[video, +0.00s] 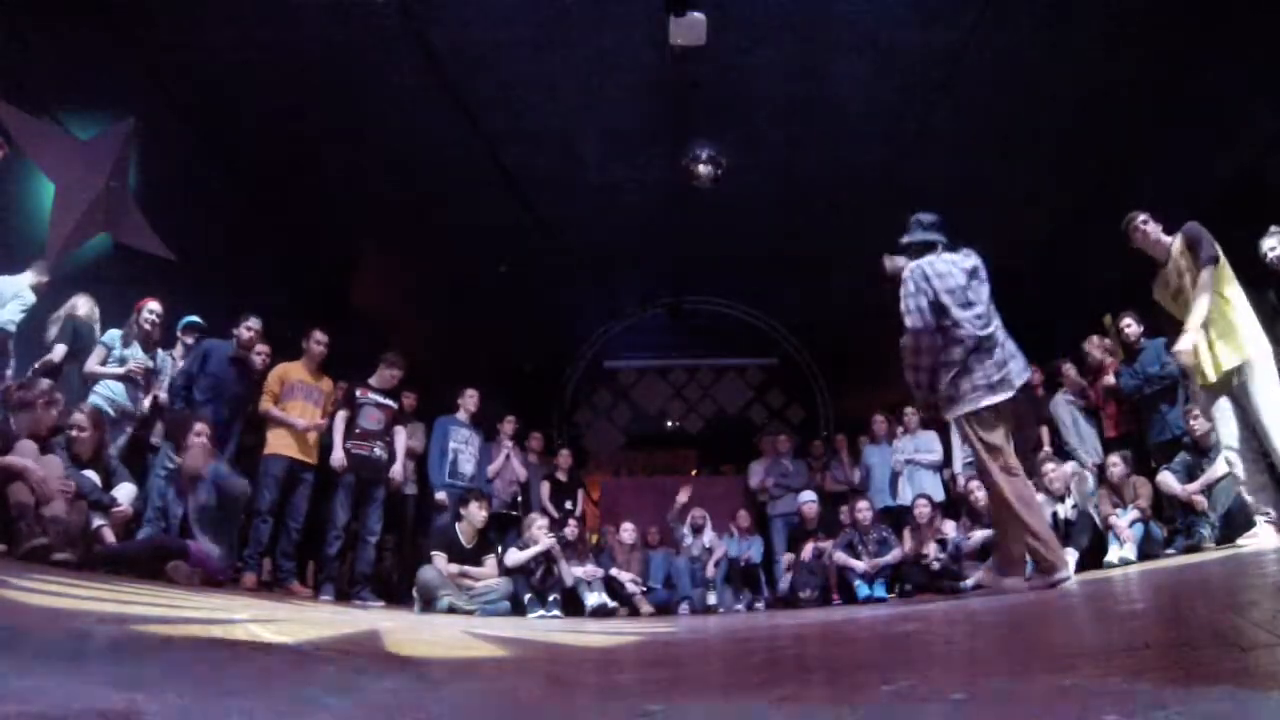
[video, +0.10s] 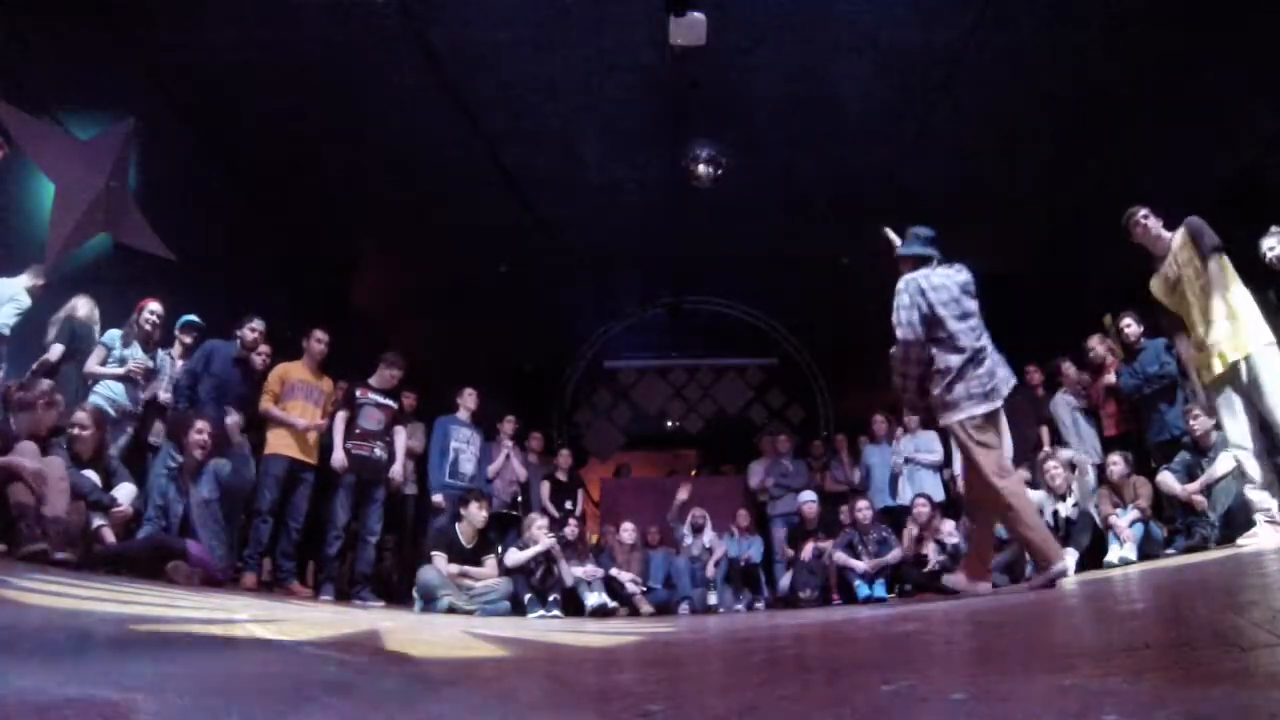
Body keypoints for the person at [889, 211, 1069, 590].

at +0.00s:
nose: (908, 254)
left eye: (910, 249)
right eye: (907, 249)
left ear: (916, 248)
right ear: (942, 242)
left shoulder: (915, 275)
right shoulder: (970, 260)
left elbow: (920, 334)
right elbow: (945, 271)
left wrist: (921, 388)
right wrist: (907, 267)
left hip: (967, 385)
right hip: (1004, 373)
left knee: (1005, 473)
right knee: (1001, 472)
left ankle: (1053, 559)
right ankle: (1008, 564)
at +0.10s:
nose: (902, 265)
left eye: (904, 260)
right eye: (903, 260)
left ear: (909, 260)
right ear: (934, 256)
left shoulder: (909, 286)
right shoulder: (961, 274)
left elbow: (910, 346)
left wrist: (909, 402)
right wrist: (914, 258)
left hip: (959, 393)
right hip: (991, 382)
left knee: (997, 480)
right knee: (980, 485)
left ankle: (1053, 558)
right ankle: (976, 572)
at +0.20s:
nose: (897, 275)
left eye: (899, 271)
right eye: (898, 270)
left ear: (904, 271)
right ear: (927, 267)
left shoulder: (903, 295)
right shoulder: (952, 285)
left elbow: (904, 352)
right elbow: (924, 275)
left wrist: (895, 399)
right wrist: (898, 258)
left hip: (947, 401)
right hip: (978, 393)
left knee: (966, 483)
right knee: (976, 482)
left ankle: (1034, 543)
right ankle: (971, 576)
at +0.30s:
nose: (892, 283)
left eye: (893, 280)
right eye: (892, 280)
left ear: (898, 280)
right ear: (920, 276)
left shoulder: (898, 301)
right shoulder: (943, 296)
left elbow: (894, 357)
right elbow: (911, 294)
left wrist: (882, 413)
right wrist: (873, 279)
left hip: (927, 405)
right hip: (963, 400)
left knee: (928, 487)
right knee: (958, 485)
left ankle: (986, 531)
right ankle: (971, 575)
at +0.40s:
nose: (878, 297)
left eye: (880, 292)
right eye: (878, 293)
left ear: (891, 291)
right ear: (911, 289)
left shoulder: (894, 313)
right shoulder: (934, 308)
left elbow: (886, 367)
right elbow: (887, 310)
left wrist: (878, 414)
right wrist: (845, 312)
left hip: (915, 424)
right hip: (949, 422)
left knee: (906, 497)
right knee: (947, 498)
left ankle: (961, 543)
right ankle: (974, 576)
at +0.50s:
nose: (867, 306)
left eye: (869, 300)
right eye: (867, 301)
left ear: (880, 298)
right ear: (899, 297)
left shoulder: (887, 321)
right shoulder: (920, 319)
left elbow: (880, 370)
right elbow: (868, 323)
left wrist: (875, 422)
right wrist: (828, 329)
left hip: (904, 433)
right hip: (935, 432)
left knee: (878, 500)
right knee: (936, 503)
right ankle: (971, 577)